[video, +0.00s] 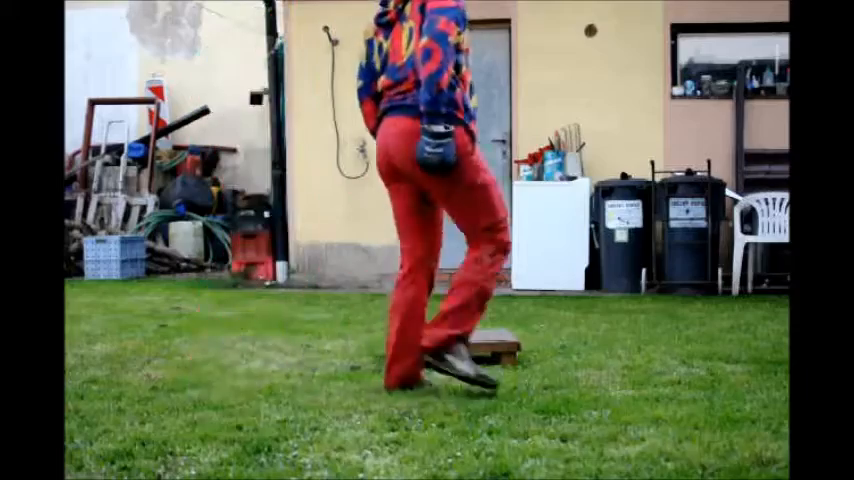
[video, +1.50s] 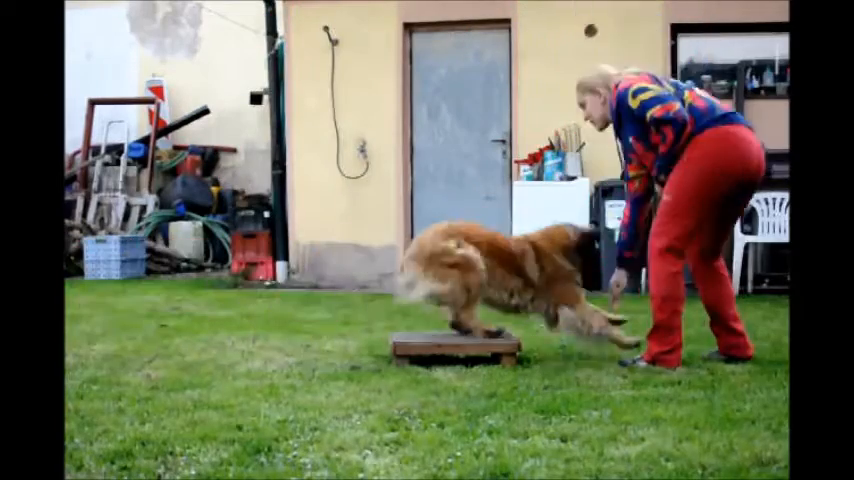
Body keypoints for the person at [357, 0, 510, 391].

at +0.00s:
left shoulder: (386, 17)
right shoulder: (446, 5)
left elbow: (366, 81)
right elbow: (434, 51)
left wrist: (383, 133)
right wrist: (437, 126)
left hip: (391, 130)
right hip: (431, 127)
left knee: (416, 262)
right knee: (491, 238)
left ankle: (402, 373)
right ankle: (448, 338)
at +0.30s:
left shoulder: (474, 25)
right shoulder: (562, 11)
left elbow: (457, 93)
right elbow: (583, 42)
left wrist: (461, 150)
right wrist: (586, 122)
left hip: (495, 137)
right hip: (553, 134)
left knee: (476, 260)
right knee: (598, 255)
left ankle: (420, 359)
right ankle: (618, 365)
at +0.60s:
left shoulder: (545, 12)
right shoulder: (625, 5)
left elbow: (550, 76)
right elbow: (674, 28)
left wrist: (537, 146)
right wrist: (675, 100)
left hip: (580, 127)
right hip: (637, 124)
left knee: (586, 240)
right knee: (631, 242)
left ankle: (616, 344)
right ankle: (625, 354)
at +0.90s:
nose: (558, 11)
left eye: (559, 3)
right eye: (557, 5)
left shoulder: (581, 30)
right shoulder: (649, 11)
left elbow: (596, 93)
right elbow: (698, 36)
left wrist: (579, 153)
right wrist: (678, 88)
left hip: (623, 139)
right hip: (674, 134)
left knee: (636, 255)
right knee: (675, 245)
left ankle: (656, 353)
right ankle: (689, 325)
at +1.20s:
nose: (582, 19)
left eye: (582, 8)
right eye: (579, 11)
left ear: (603, 1)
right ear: (616, 3)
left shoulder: (616, 29)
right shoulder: (665, 24)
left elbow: (631, 89)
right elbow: (702, 75)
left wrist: (616, 125)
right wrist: (686, 118)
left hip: (660, 134)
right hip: (704, 132)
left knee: (649, 250)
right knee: (701, 245)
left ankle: (663, 353)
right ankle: (730, 343)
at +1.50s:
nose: (585, 115)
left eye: (584, 105)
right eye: (581, 109)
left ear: (601, 92)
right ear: (602, 96)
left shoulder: (629, 87)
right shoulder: (631, 130)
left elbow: (674, 117)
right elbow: (637, 194)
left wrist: (661, 173)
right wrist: (624, 266)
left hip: (718, 144)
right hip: (745, 148)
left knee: (664, 245)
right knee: (705, 253)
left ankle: (662, 354)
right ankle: (735, 347)